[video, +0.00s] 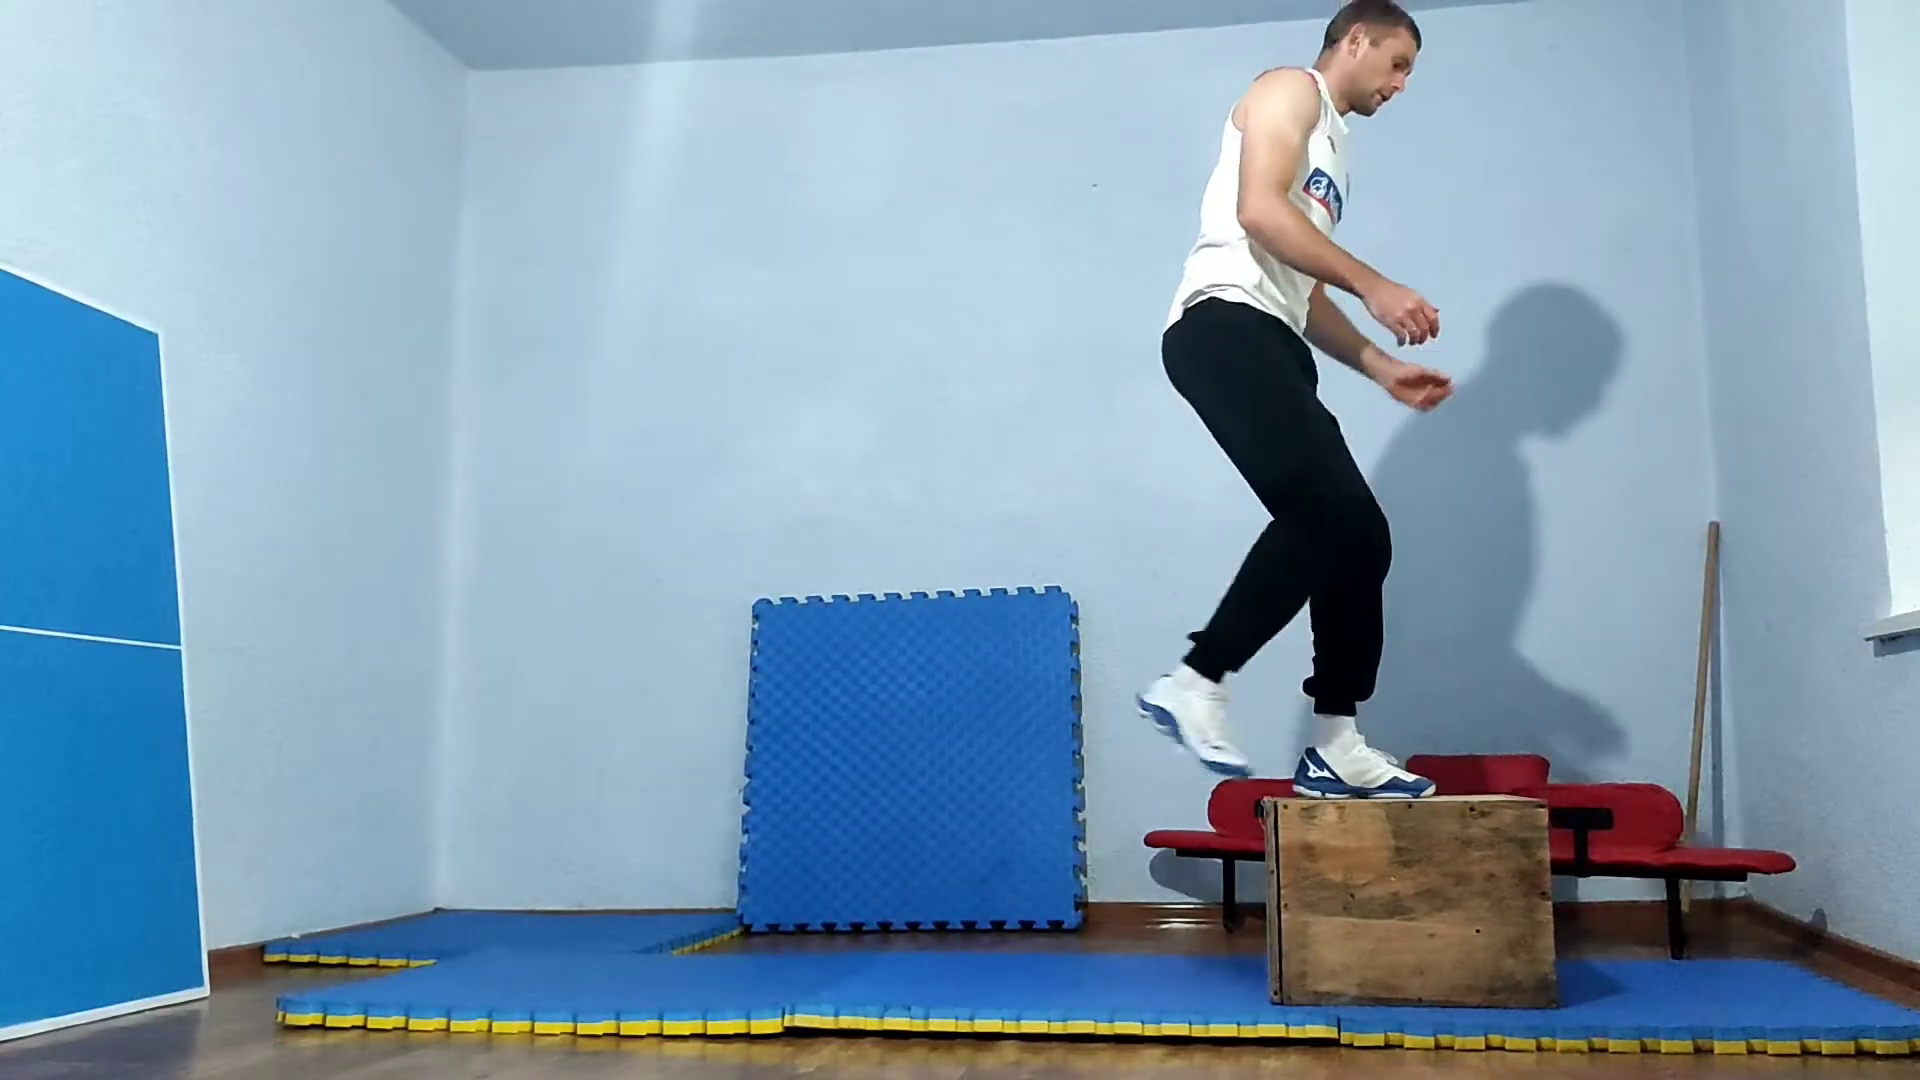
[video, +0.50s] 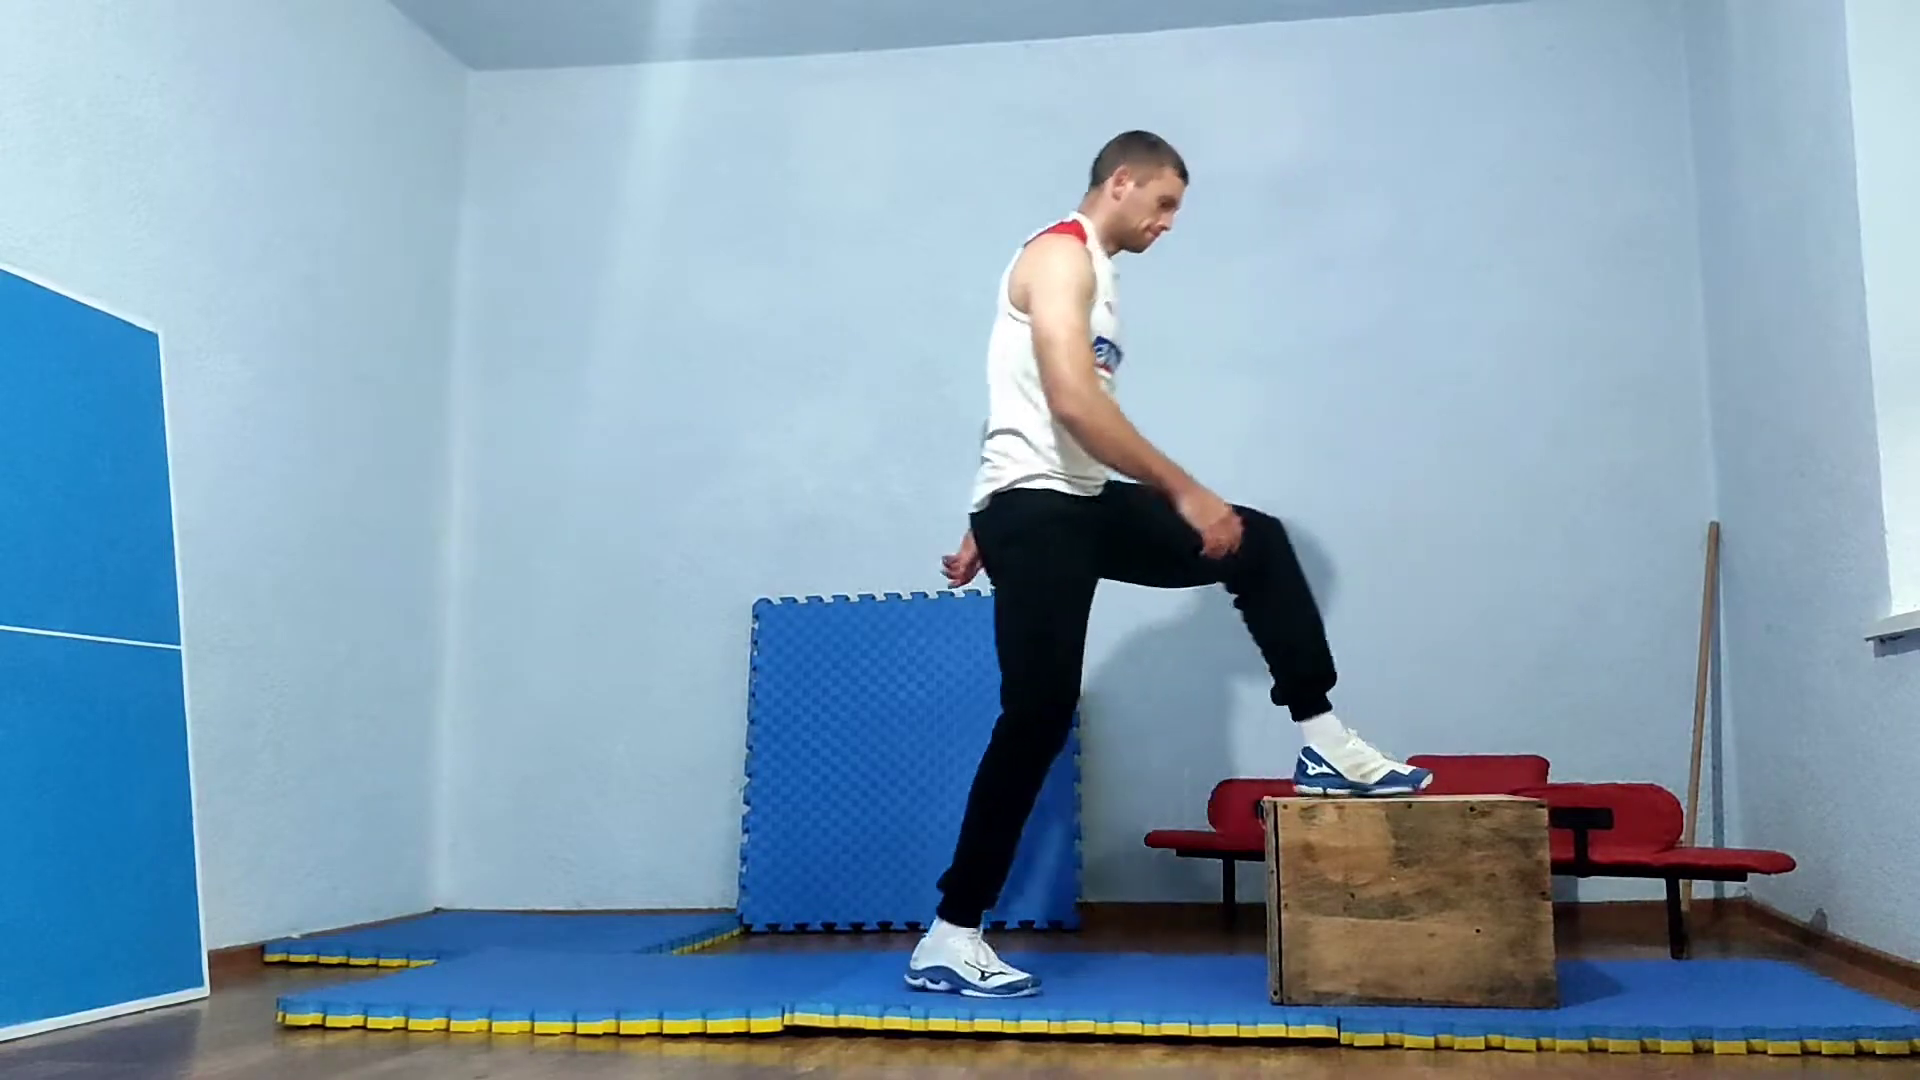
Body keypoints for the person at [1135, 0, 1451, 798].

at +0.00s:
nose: (1400, 85)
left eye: (1408, 73)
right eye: (1397, 64)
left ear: (1358, 49)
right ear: (1353, 41)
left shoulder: (1333, 152)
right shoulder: (1289, 90)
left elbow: (1306, 300)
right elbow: (1261, 209)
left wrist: (1382, 366)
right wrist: (1373, 285)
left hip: (1269, 343)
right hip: (1225, 322)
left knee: (1362, 536)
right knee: (1322, 512)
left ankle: (1334, 743)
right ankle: (1192, 685)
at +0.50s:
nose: (1167, 224)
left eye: (1174, 210)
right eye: (1164, 204)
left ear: (1129, 193)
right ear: (1116, 184)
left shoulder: (1091, 273)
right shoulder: (1058, 255)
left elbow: (1045, 416)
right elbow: (1075, 402)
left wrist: (989, 520)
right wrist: (1186, 491)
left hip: (1092, 507)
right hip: (1036, 513)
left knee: (1254, 541)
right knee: (1037, 715)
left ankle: (1327, 739)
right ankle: (949, 935)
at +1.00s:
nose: (921, 225)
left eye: (927, 213)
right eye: (914, 207)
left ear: (898, 212)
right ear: (864, 196)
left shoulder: (881, 304)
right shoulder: (814, 271)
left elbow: (911, 434)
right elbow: (739, 387)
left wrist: (995, 498)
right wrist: (751, 519)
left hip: (869, 522)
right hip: (837, 519)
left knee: (840, 719)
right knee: (915, 715)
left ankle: (707, 874)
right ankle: (943, 934)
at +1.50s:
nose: (735, 250)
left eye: (743, 241)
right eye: (728, 232)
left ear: (733, 242)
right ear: (684, 215)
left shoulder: (701, 318)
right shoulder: (629, 279)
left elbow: (667, 425)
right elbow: (581, 393)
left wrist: (685, 490)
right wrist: (661, 468)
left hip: (662, 527)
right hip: (619, 519)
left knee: (652, 724)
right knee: (635, 716)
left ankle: (646, 915)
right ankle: (510, 886)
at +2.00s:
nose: (596, 271)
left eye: (608, 261)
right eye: (593, 252)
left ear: (604, 258)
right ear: (554, 222)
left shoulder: (555, 313)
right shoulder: (478, 281)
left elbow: (503, 424)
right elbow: (410, 400)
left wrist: (511, 519)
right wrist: (456, 512)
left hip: (512, 538)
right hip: (440, 533)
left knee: (546, 715)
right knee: (417, 726)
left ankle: (539, 901)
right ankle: (384, 924)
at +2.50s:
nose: (568, 272)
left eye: (578, 262)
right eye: (562, 253)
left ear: (574, 261)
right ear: (524, 229)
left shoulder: (533, 328)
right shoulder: (456, 291)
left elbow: (519, 455)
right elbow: (414, 411)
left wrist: (535, 557)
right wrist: (462, 518)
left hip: (489, 541)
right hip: (432, 530)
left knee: (494, 726)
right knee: (457, 719)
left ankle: (468, 910)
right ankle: (388, 915)